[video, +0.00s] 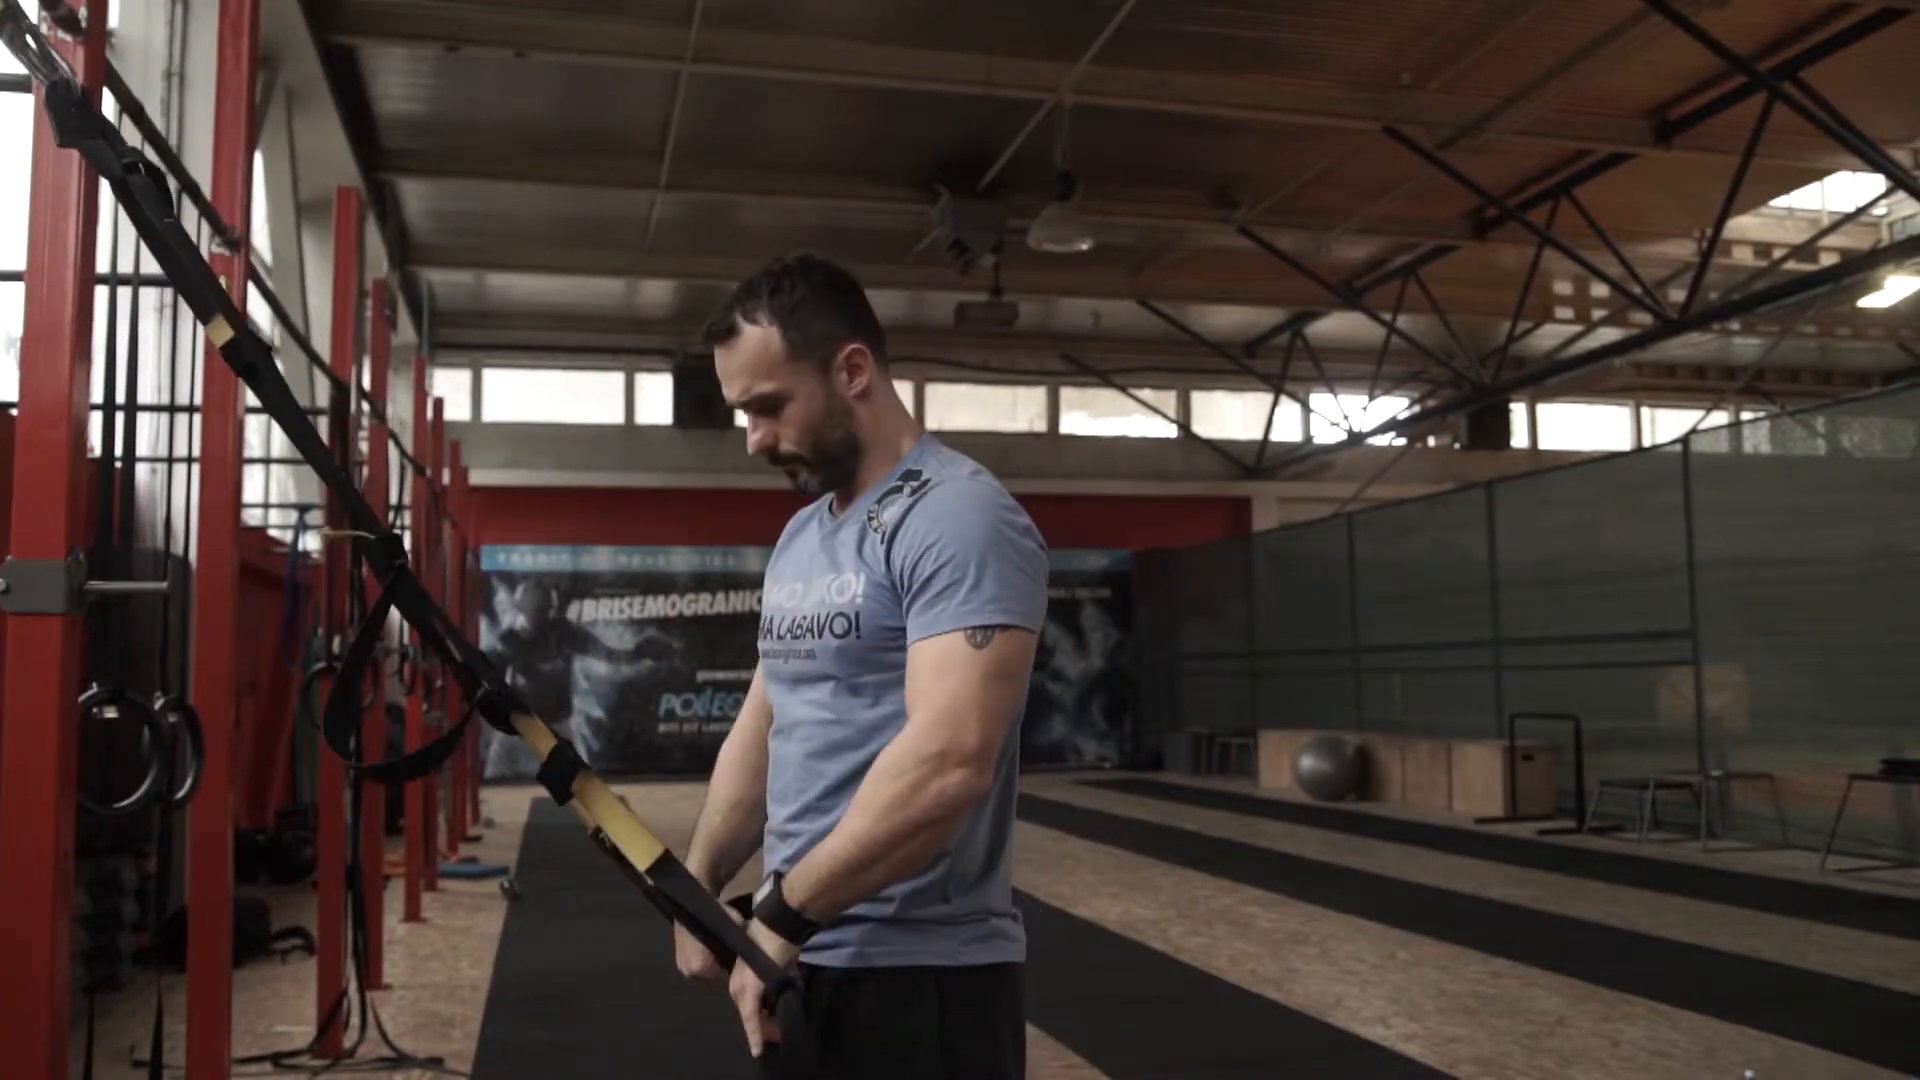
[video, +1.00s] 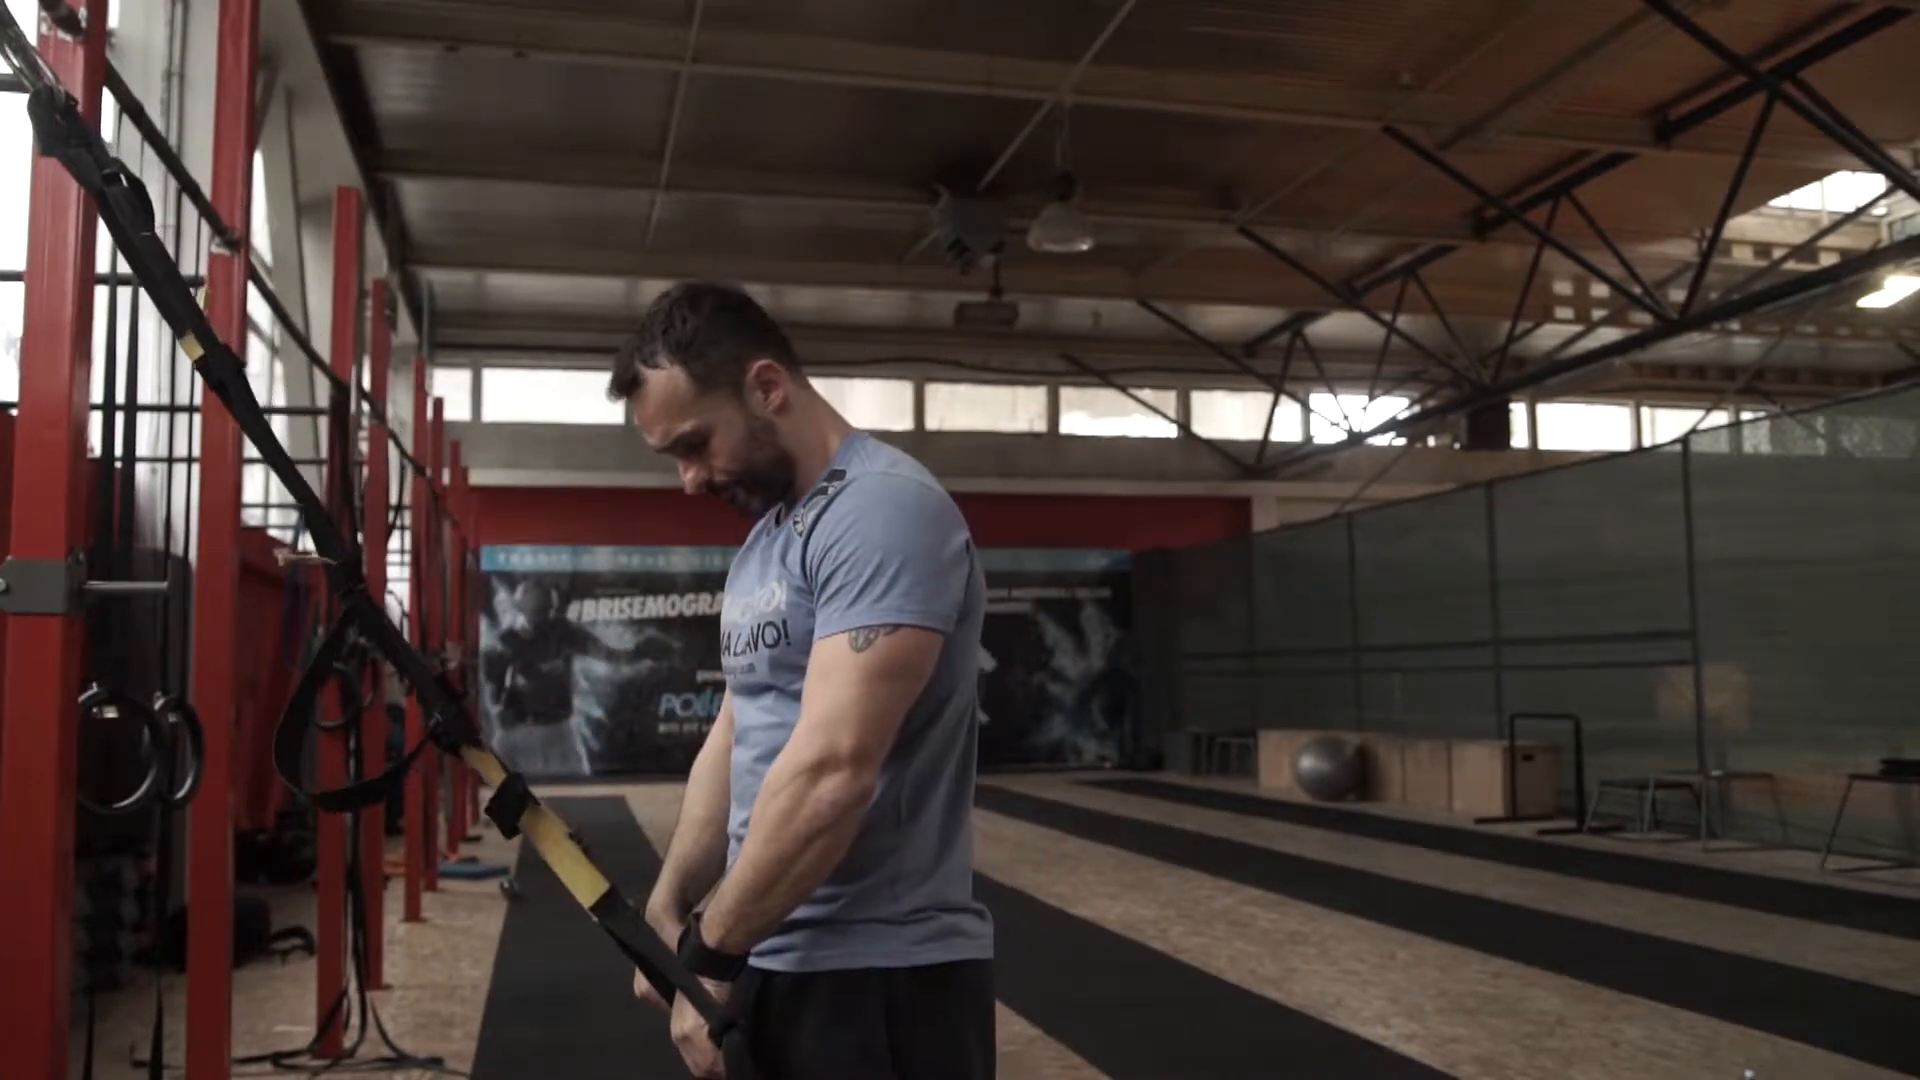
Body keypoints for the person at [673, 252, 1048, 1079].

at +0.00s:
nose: (756, 442)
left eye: (769, 406)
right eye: (744, 416)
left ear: (855, 371)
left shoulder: (964, 516)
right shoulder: (801, 537)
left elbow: (951, 760)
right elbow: (764, 719)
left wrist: (782, 912)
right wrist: (698, 878)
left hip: (927, 973)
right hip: (808, 966)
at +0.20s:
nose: (742, 450)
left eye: (756, 414)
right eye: (727, 425)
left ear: (842, 376)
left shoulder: (951, 514)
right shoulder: (786, 539)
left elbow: (922, 762)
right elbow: (748, 723)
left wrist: (761, 921)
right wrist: (684, 888)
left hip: (916, 975)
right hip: (796, 969)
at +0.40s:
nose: (725, 455)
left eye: (738, 419)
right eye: (710, 429)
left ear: (822, 378)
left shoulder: (933, 515)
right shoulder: (774, 541)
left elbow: (879, 769)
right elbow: (738, 727)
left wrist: (737, 937)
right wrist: (675, 894)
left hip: (905, 976)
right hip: (784, 969)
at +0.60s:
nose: (709, 465)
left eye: (718, 431)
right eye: (694, 441)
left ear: (797, 382)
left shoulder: (912, 512)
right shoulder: (770, 542)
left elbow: (855, 767)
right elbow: (738, 728)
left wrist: (725, 944)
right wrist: (671, 897)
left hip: (897, 978)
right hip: (781, 968)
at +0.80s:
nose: (699, 473)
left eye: (704, 440)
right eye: (682, 453)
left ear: (778, 384)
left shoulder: (897, 510)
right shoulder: (766, 545)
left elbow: (843, 770)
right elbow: (737, 733)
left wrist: (717, 951)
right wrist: (671, 899)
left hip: (890, 979)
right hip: (779, 969)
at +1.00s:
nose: (692, 479)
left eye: (696, 445)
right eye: (675, 459)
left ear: (768, 386)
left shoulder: (888, 510)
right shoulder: (765, 542)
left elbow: (835, 771)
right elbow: (735, 734)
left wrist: (713, 955)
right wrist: (670, 898)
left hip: (885, 980)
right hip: (777, 969)